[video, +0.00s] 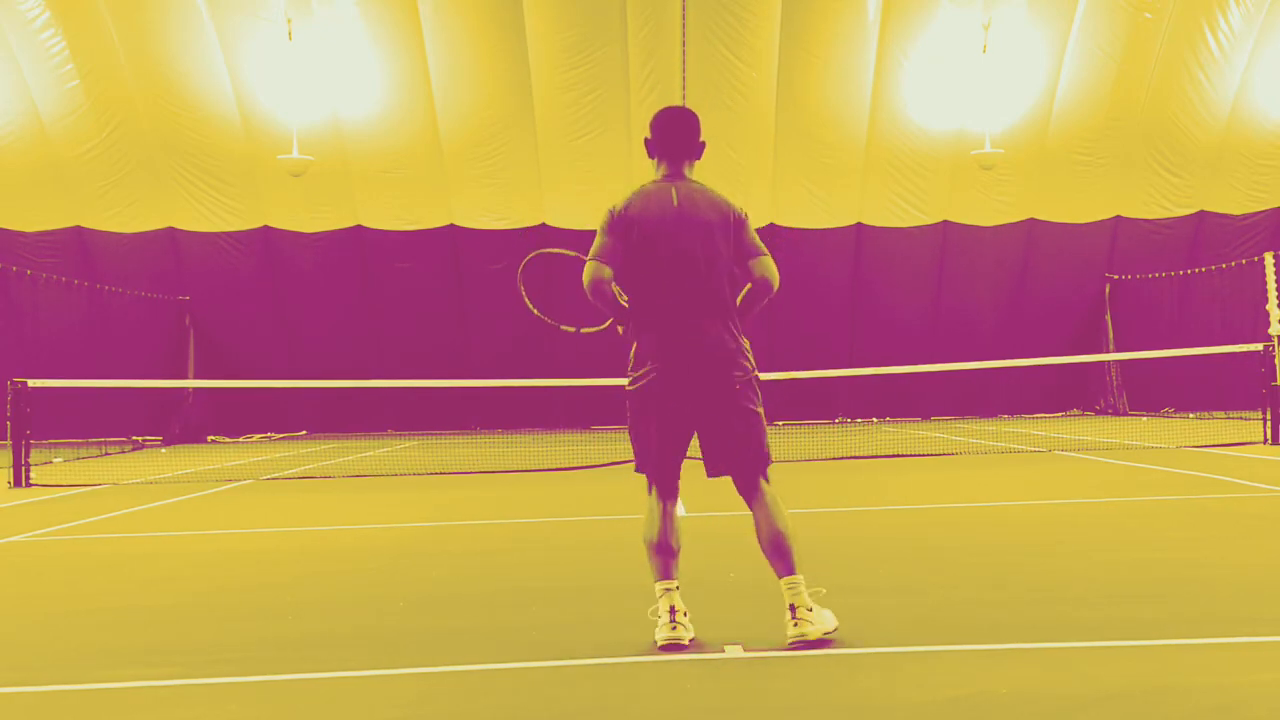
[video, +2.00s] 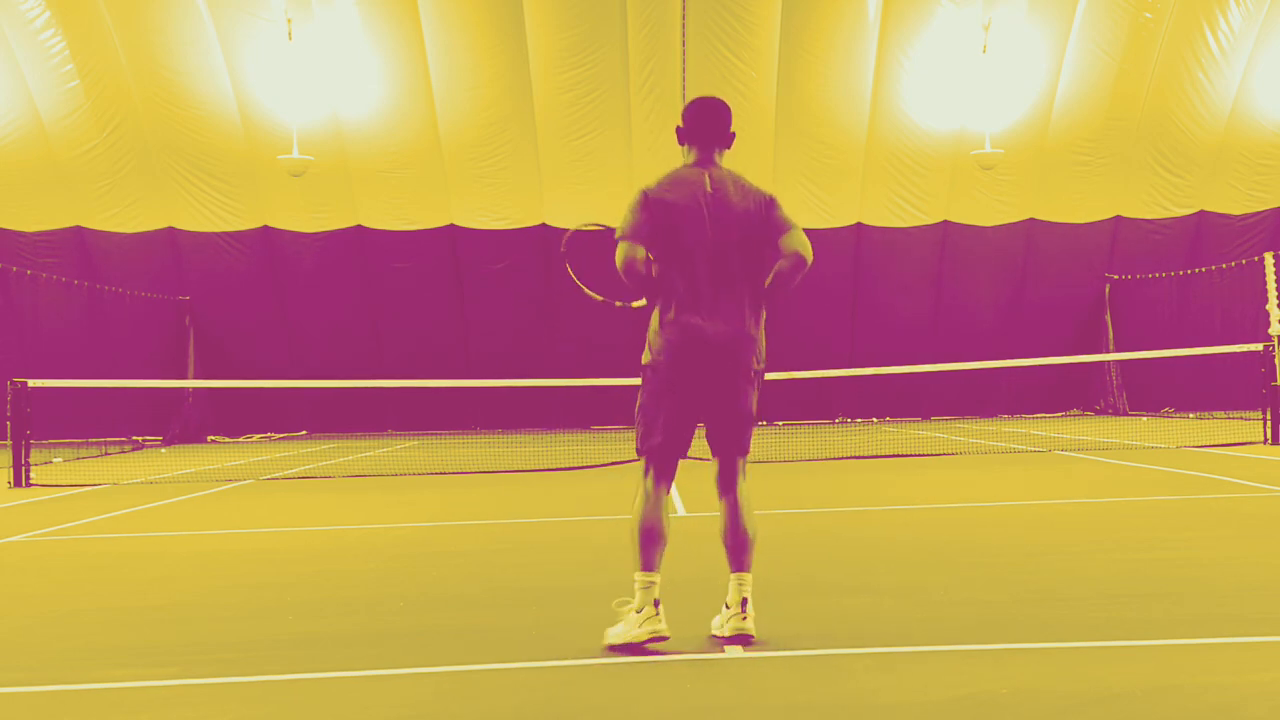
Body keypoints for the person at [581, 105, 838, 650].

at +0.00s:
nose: (684, 158)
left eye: (661, 149)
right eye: (693, 147)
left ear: (649, 151)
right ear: (699, 150)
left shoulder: (623, 211)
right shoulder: (725, 210)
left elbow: (594, 278)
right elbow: (768, 278)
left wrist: (625, 312)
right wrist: (731, 318)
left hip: (656, 369)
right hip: (725, 365)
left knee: (660, 491)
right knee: (757, 486)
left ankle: (671, 614)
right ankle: (800, 608)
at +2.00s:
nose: (697, 148)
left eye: (688, 137)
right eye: (716, 139)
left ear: (681, 138)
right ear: (730, 140)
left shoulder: (657, 196)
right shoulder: (757, 199)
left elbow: (629, 264)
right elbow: (800, 255)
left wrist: (656, 287)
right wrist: (760, 292)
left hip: (676, 347)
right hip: (737, 349)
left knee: (656, 477)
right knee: (732, 480)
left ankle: (646, 608)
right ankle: (739, 608)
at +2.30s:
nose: (685, 130)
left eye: (680, 120)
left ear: (677, 122)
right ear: (727, 125)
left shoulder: (654, 179)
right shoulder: (755, 179)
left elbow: (632, 244)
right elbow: (796, 234)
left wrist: (656, 282)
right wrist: (761, 278)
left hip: (682, 336)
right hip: (746, 335)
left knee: (682, 463)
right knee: (749, 461)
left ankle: (693, 590)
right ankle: (756, 588)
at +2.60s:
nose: (697, 152)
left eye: (678, 142)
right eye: (710, 140)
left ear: (669, 144)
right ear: (718, 143)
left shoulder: (645, 206)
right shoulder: (748, 200)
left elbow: (629, 272)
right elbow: (793, 259)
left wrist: (659, 307)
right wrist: (760, 302)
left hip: (685, 359)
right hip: (747, 352)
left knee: (696, 484)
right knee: (770, 473)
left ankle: (712, 603)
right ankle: (797, 591)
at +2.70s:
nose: (688, 135)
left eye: (678, 124)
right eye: (710, 125)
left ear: (673, 127)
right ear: (722, 129)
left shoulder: (652, 185)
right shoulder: (753, 181)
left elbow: (636, 250)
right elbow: (795, 235)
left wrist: (657, 286)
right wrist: (762, 279)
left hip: (683, 337)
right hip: (745, 333)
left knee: (691, 467)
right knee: (751, 461)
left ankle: (703, 591)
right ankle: (762, 582)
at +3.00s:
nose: (691, 159)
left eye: (686, 150)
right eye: (717, 153)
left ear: (683, 152)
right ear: (730, 156)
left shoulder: (658, 207)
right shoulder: (754, 211)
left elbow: (633, 272)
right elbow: (797, 266)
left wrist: (659, 307)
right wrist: (761, 303)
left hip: (682, 357)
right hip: (740, 359)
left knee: (667, 473)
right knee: (731, 483)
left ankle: (684, 556)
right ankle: (737, 603)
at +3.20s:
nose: (678, 147)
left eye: (670, 137)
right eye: (699, 138)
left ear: (664, 141)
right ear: (713, 141)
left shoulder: (643, 195)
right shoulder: (744, 194)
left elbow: (620, 257)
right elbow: (783, 241)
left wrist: (650, 294)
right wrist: (744, 280)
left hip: (673, 347)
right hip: (737, 344)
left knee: (676, 472)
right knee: (741, 460)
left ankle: (679, 597)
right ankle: (759, 548)